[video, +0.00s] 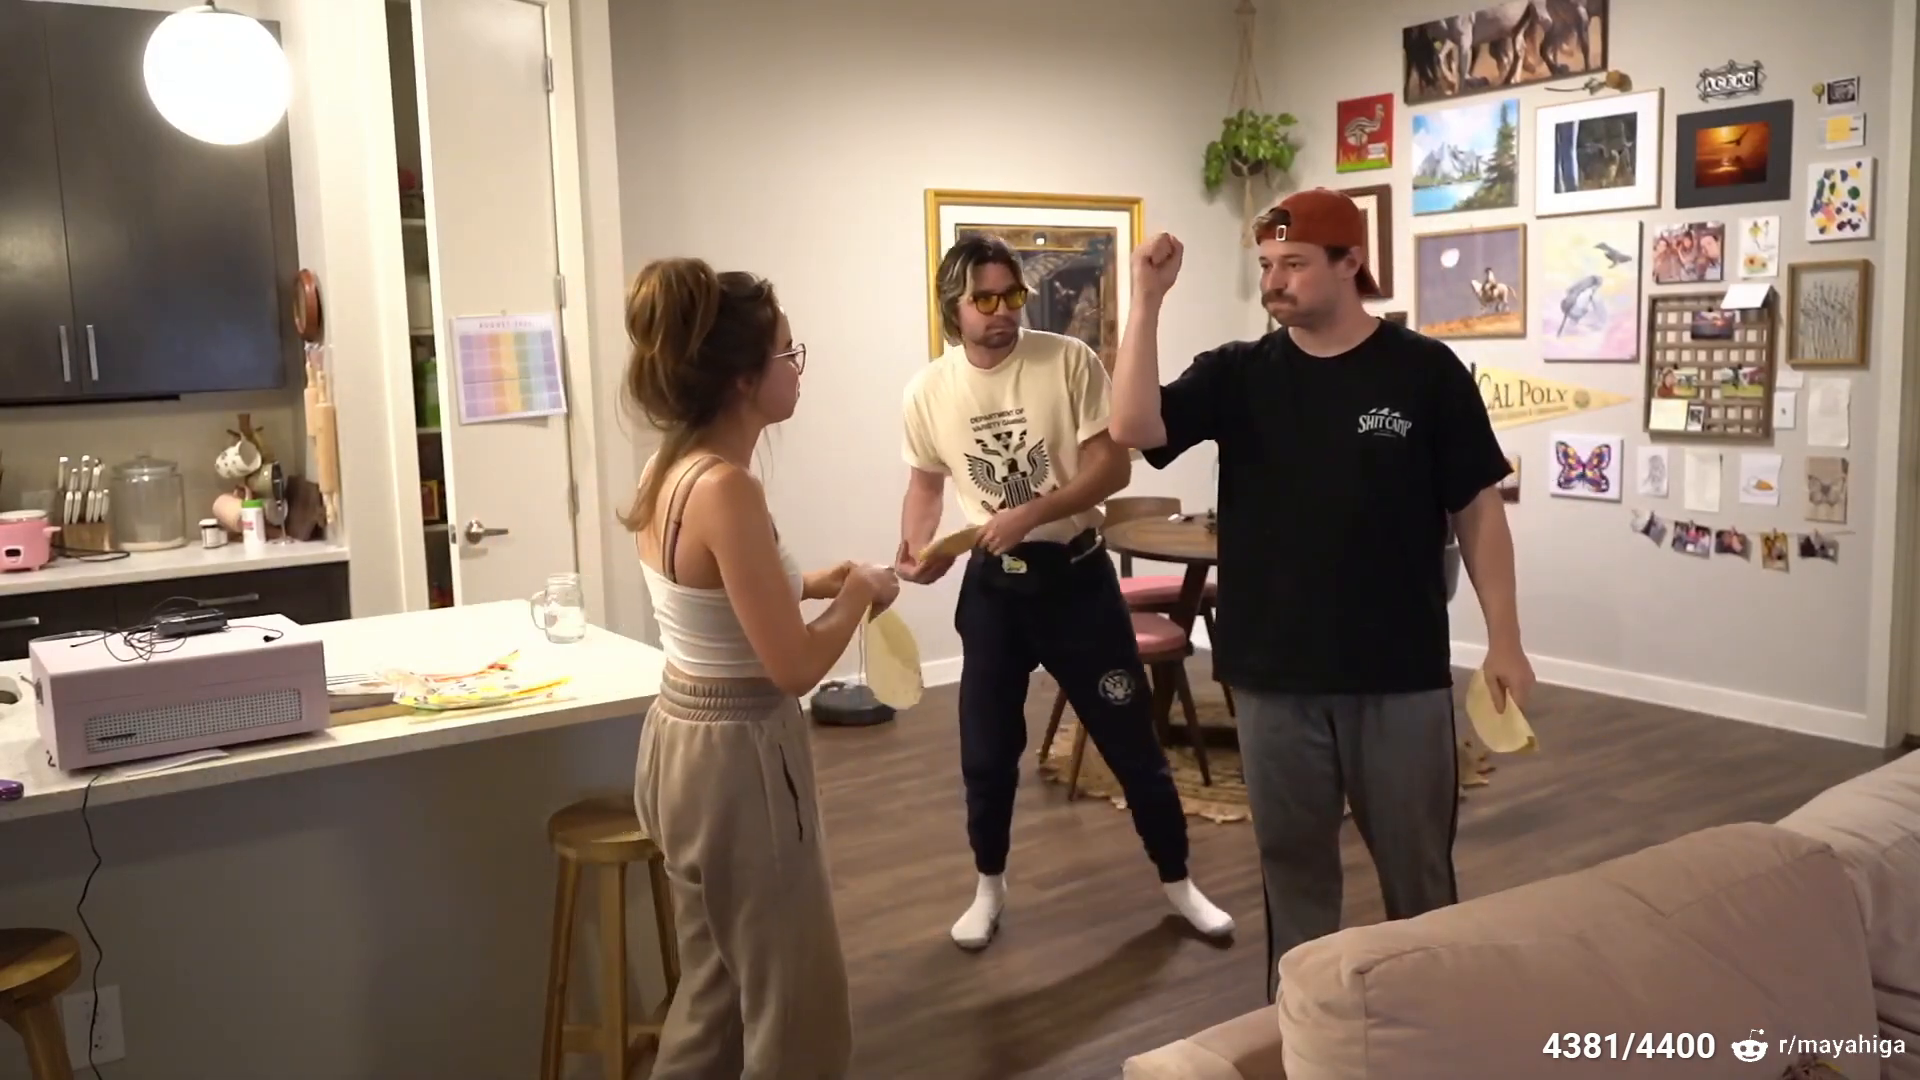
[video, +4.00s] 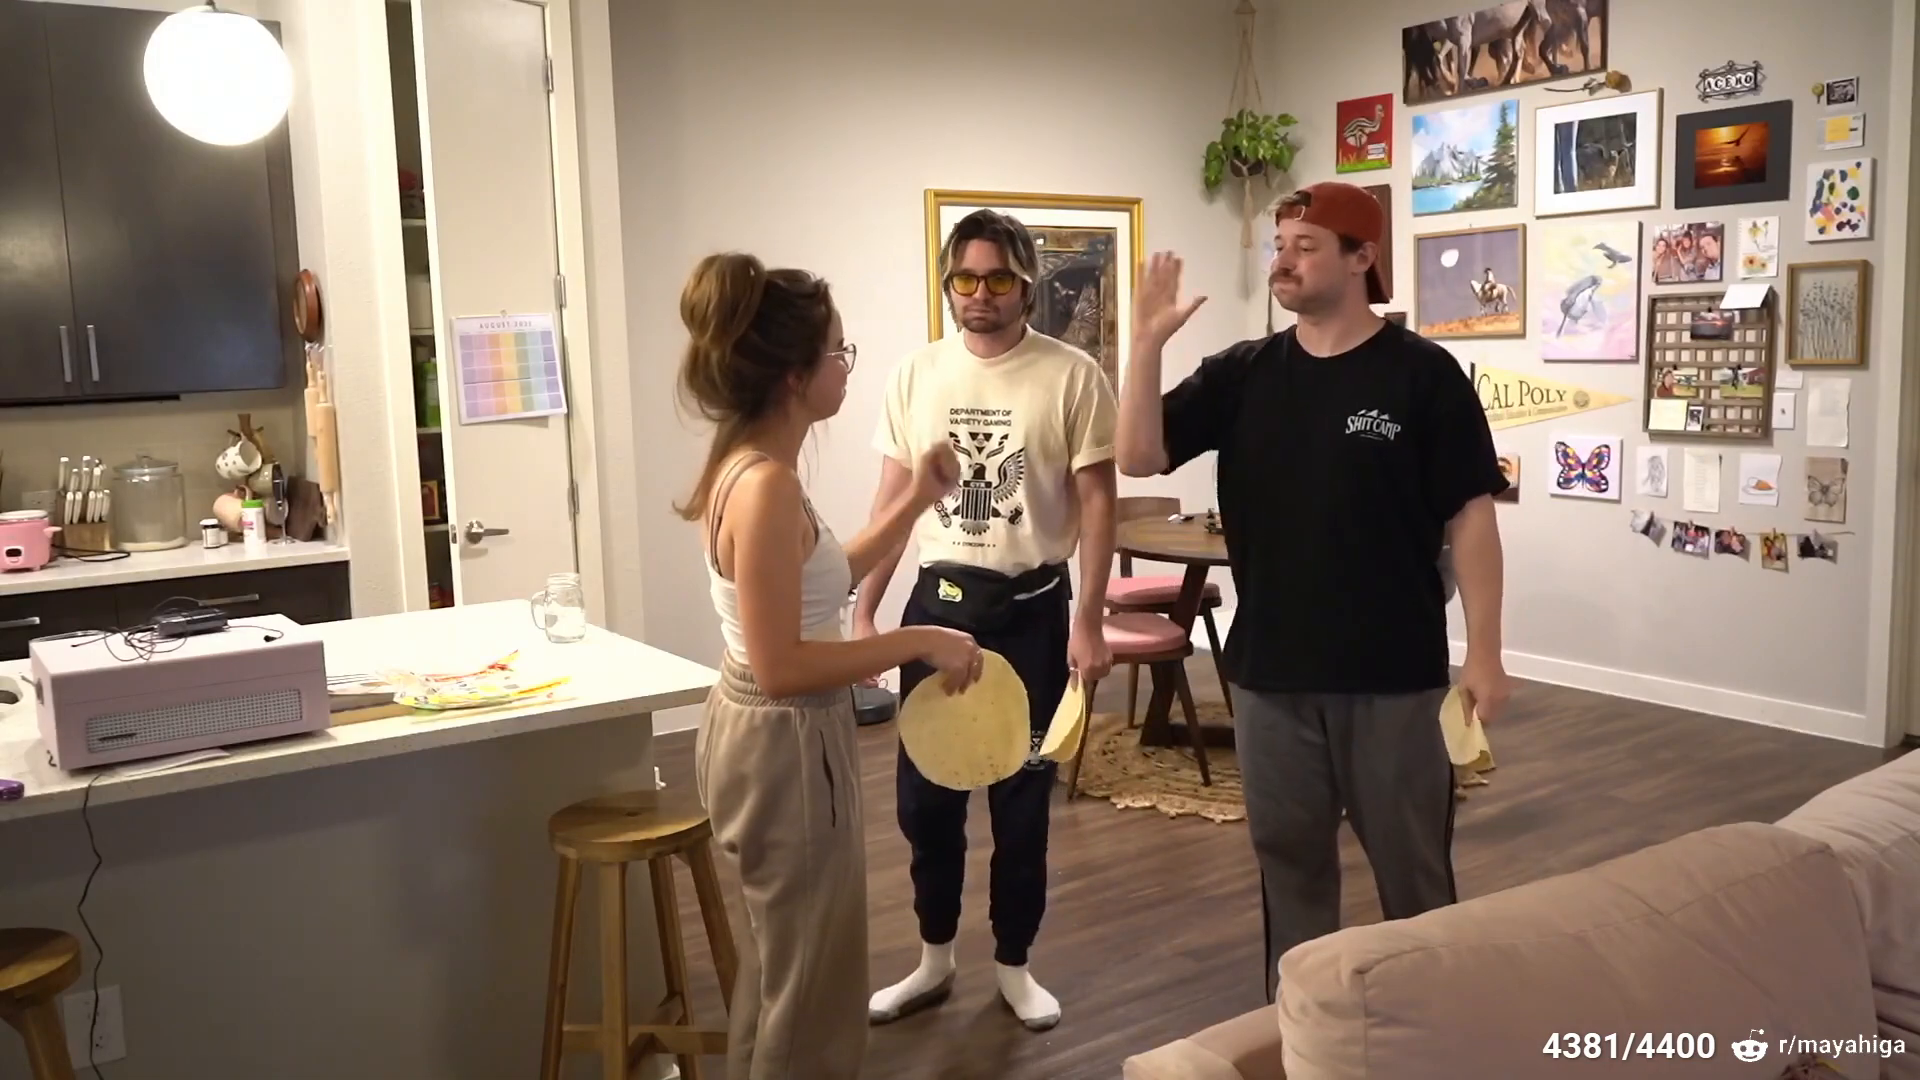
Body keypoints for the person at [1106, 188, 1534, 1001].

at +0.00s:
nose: (1274, 280)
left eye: (1292, 263)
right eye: (1267, 266)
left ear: (1349, 266)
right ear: (1262, 273)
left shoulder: (1427, 371)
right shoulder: (1239, 374)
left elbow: (1479, 510)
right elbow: (1134, 426)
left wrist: (1504, 640)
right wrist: (1146, 301)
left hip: (1400, 678)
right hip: (1272, 679)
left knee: (1418, 881)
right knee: (1293, 882)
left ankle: (1438, 1038)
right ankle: (1303, 1041)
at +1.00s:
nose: (1269, 279)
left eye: (1288, 262)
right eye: (1262, 265)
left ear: (1345, 268)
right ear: (1256, 274)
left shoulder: (1422, 372)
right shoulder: (1236, 376)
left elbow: (1475, 512)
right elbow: (1139, 453)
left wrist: (1496, 642)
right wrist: (1175, 334)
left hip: (1400, 679)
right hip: (1272, 684)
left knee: (1418, 881)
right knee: (1293, 884)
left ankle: (1438, 1038)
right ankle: (1305, 1042)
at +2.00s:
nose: (1258, 288)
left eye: (1274, 273)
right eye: (1257, 273)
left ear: (1338, 273)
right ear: (1313, 275)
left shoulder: (1425, 374)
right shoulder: (1239, 377)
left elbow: (1473, 518)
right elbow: (1139, 452)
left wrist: (1487, 652)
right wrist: (1174, 339)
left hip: (1397, 681)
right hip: (1272, 683)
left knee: (1420, 884)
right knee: (1293, 886)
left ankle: (1440, 1039)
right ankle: (1302, 1043)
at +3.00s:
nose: (1302, 257)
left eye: (1325, 242)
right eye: (1300, 244)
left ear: (1382, 256)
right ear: (1299, 261)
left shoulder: (1448, 376)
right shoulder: (1259, 371)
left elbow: (1490, 521)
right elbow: (1178, 472)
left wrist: (1506, 654)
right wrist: (1135, 431)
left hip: (1408, 677)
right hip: (1283, 675)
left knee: (1420, 874)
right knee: (1295, 865)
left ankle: (1433, 1031)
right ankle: (1301, 1027)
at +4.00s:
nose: (1284, 258)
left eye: (1305, 246)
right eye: (1280, 246)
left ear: (1360, 261)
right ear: (1275, 260)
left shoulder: (1424, 373)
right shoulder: (1244, 373)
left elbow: (1472, 514)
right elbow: (1141, 457)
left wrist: (1484, 655)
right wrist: (1144, 343)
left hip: (1393, 680)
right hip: (1272, 679)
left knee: (1414, 880)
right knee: (1289, 874)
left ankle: (1437, 1034)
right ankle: (1297, 1035)